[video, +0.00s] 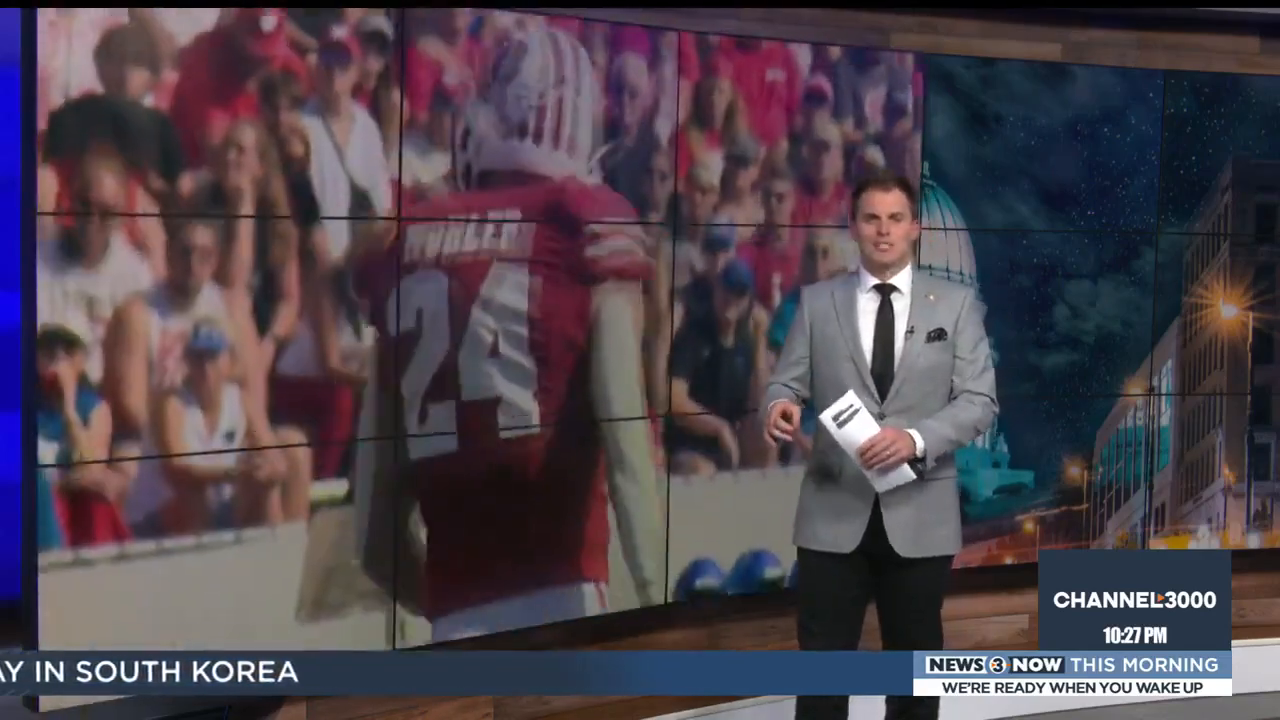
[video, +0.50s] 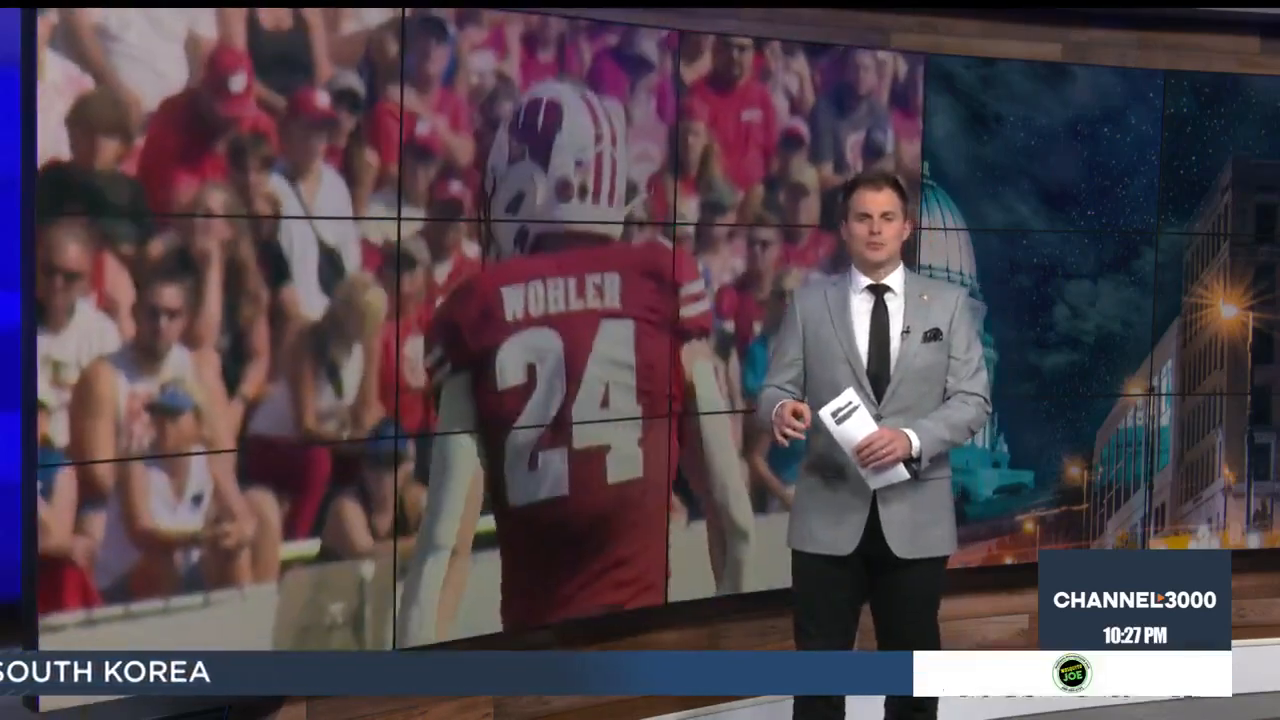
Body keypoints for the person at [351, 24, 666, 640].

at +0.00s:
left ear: (479, 110)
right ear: (586, 114)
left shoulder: (408, 227)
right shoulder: (592, 213)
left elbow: (377, 539)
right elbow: (622, 427)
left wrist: (454, 604)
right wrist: (659, 606)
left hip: (455, 606)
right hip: (568, 591)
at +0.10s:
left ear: (511, 134)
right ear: (624, 138)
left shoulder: (448, 244)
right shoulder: (637, 235)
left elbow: (417, 533)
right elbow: (668, 468)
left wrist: (450, 655)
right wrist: (707, 628)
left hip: (487, 611)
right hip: (597, 597)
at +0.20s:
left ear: (523, 123)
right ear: (638, 125)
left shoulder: (470, 242)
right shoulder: (657, 237)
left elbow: (444, 481)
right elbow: (709, 472)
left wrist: (433, 649)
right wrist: (741, 618)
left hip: (515, 597)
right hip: (623, 587)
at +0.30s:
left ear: (511, 127)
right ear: (624, 124)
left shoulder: (471, 251)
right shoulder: (659, 235)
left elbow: (441, 491)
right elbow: (721, 473)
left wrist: (418, 652)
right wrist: (749, 619)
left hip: (520, 598)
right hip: (630, 591)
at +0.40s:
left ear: (505, 166)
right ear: (617, 159)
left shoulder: (470, 288)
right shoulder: (662, 266)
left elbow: (435, 533)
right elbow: (732, 505)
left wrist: (408, 669)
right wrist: (742, 640)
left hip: (525, 610)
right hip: (636, 603)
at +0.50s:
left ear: (503, 180)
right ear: (621, 180)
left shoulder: (476, 300)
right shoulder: (667, 278)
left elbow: (446, 536)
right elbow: (730, 513)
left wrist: (407, 668)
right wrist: (733, 643)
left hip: (533, 626)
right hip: (644, 617)